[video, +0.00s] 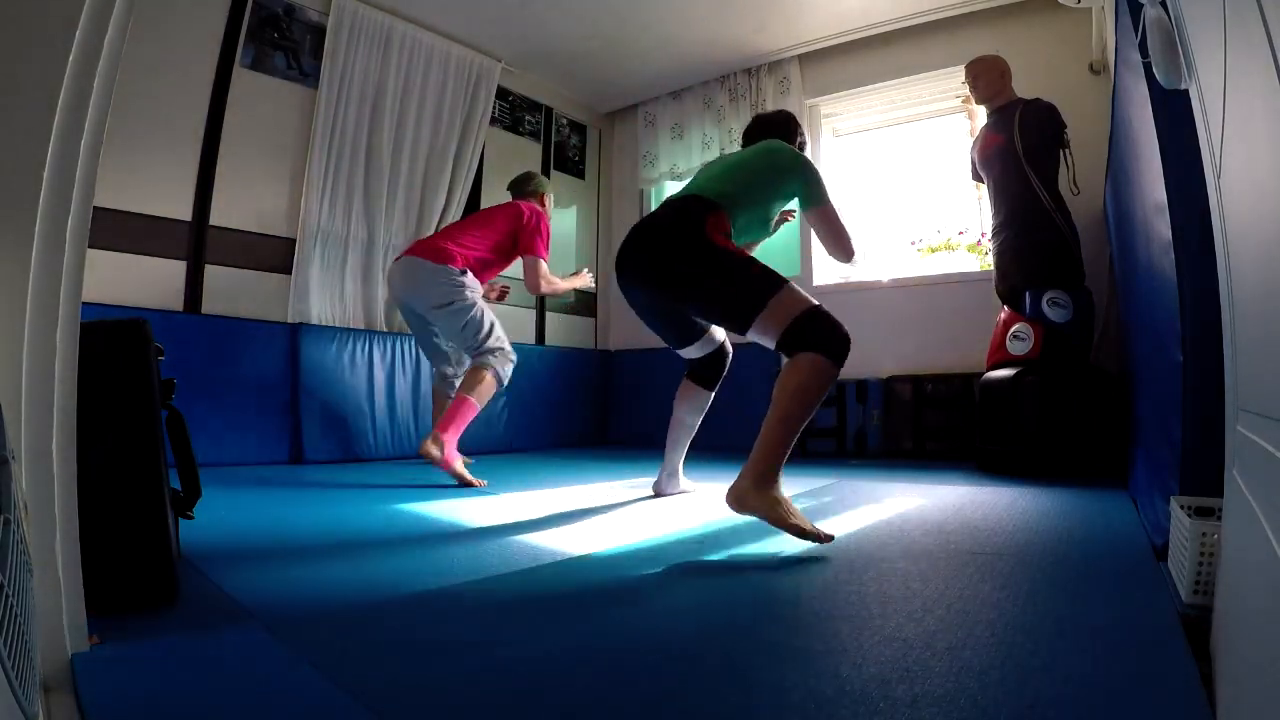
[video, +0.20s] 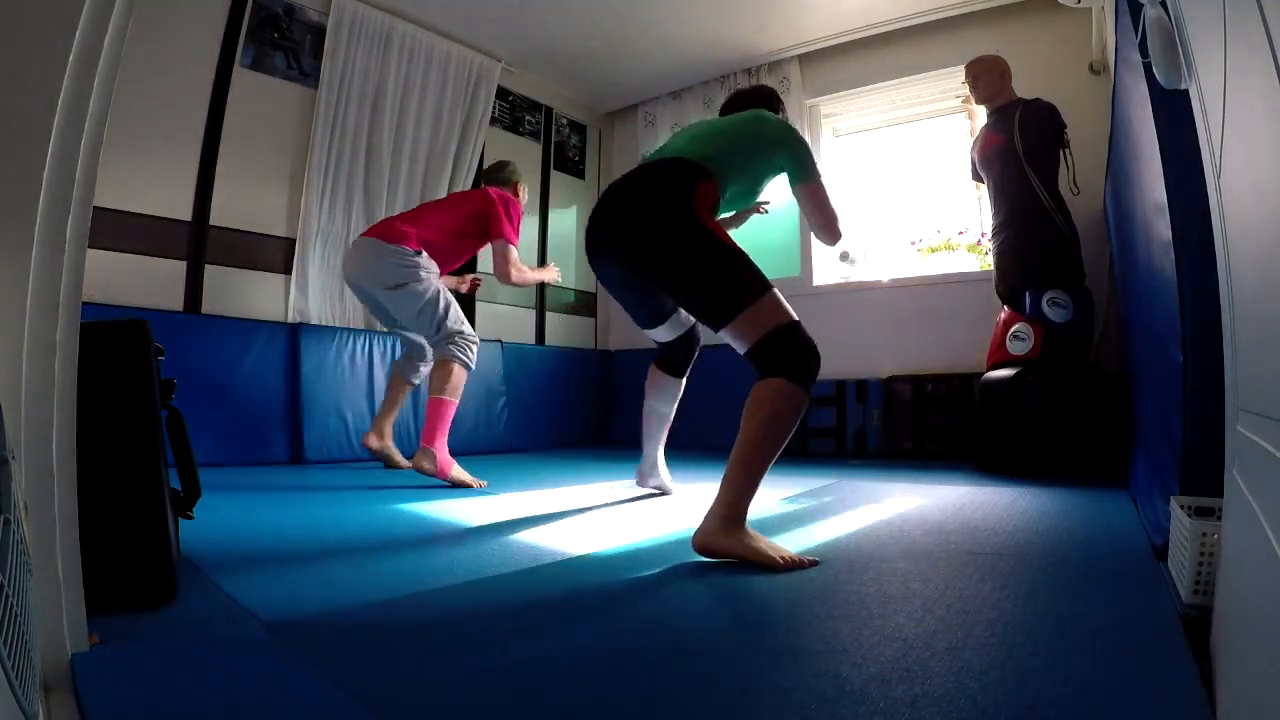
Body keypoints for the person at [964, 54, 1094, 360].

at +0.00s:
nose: (970, 87)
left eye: (975, 78)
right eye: (968, 81)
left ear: (1002, 75)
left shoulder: (1036, 111)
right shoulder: (981, 139)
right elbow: (978, 177)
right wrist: (975, 128)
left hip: (1049, 241)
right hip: (1009, 248)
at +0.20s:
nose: (970, 87)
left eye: (975, 78)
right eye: (968, 82)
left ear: (1002, 75)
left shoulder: (1035, 111)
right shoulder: (983, 136)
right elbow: (977, 175)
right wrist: (974, 124)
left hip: (1048, 238)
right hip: (1008, 245)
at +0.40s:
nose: (970, 87)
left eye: (975, 78)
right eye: (968, 82)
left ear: (1002, 75)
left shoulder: (1036, 111)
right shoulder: (983, 136)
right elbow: (977, 175)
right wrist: (974, 123)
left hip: (1048, 238)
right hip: (1008, 244)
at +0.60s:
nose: (970, 87)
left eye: (975, 78)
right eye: (968, 82)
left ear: (1002, 75)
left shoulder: (1035, 111)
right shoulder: (983, 136)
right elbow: (977, 175)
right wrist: (974, 123)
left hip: (1048, 240)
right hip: (1008, 246)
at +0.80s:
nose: (970, 86)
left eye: (975, 78)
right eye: (968, 82)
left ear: (1002, 75)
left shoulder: (1036, 111)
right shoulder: (981, 139)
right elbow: (978, 177)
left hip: (1049, 243)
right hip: (1009, 251)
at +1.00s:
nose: (971, 85)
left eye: (976, 76)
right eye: (968, 81)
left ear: (1004, 74)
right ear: (969, 90)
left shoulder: (1036, 111)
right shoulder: (980, 140)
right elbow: (978, 176)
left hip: (1050, 244)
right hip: (1008, 252)